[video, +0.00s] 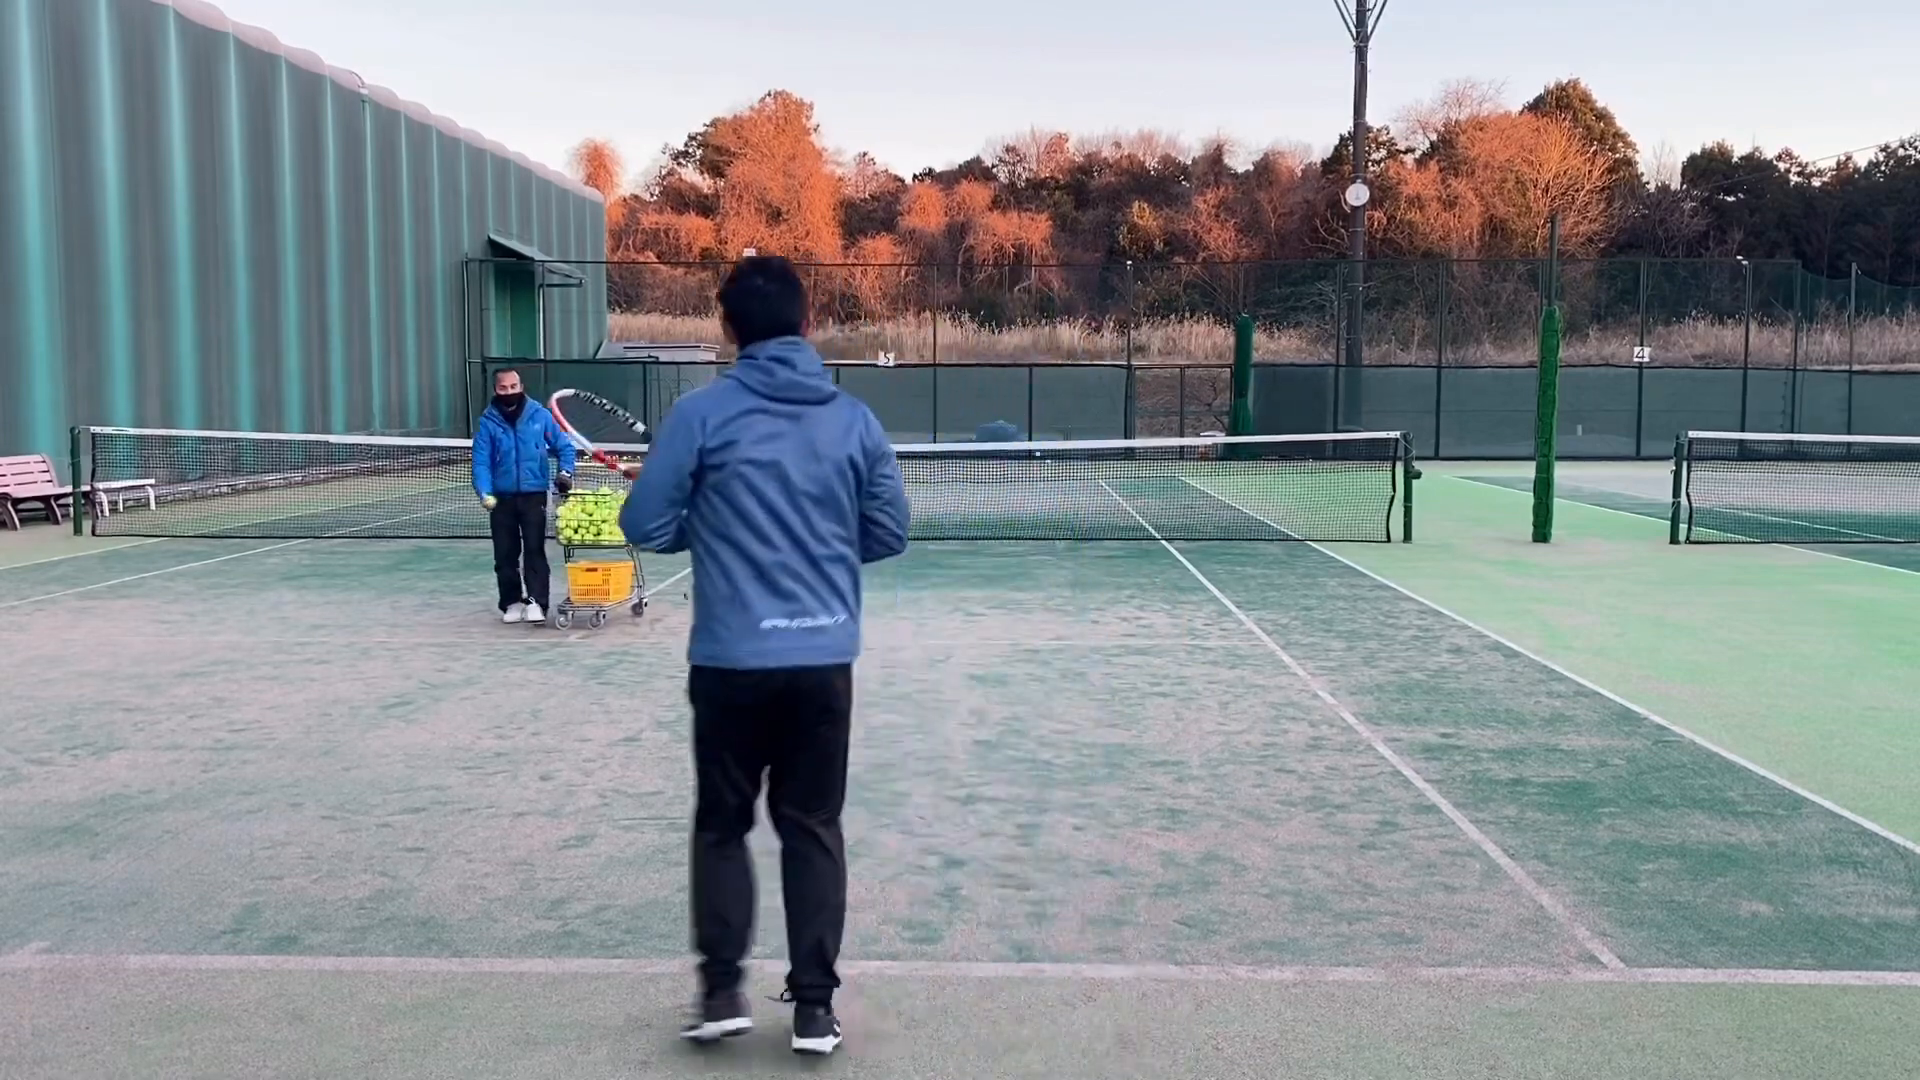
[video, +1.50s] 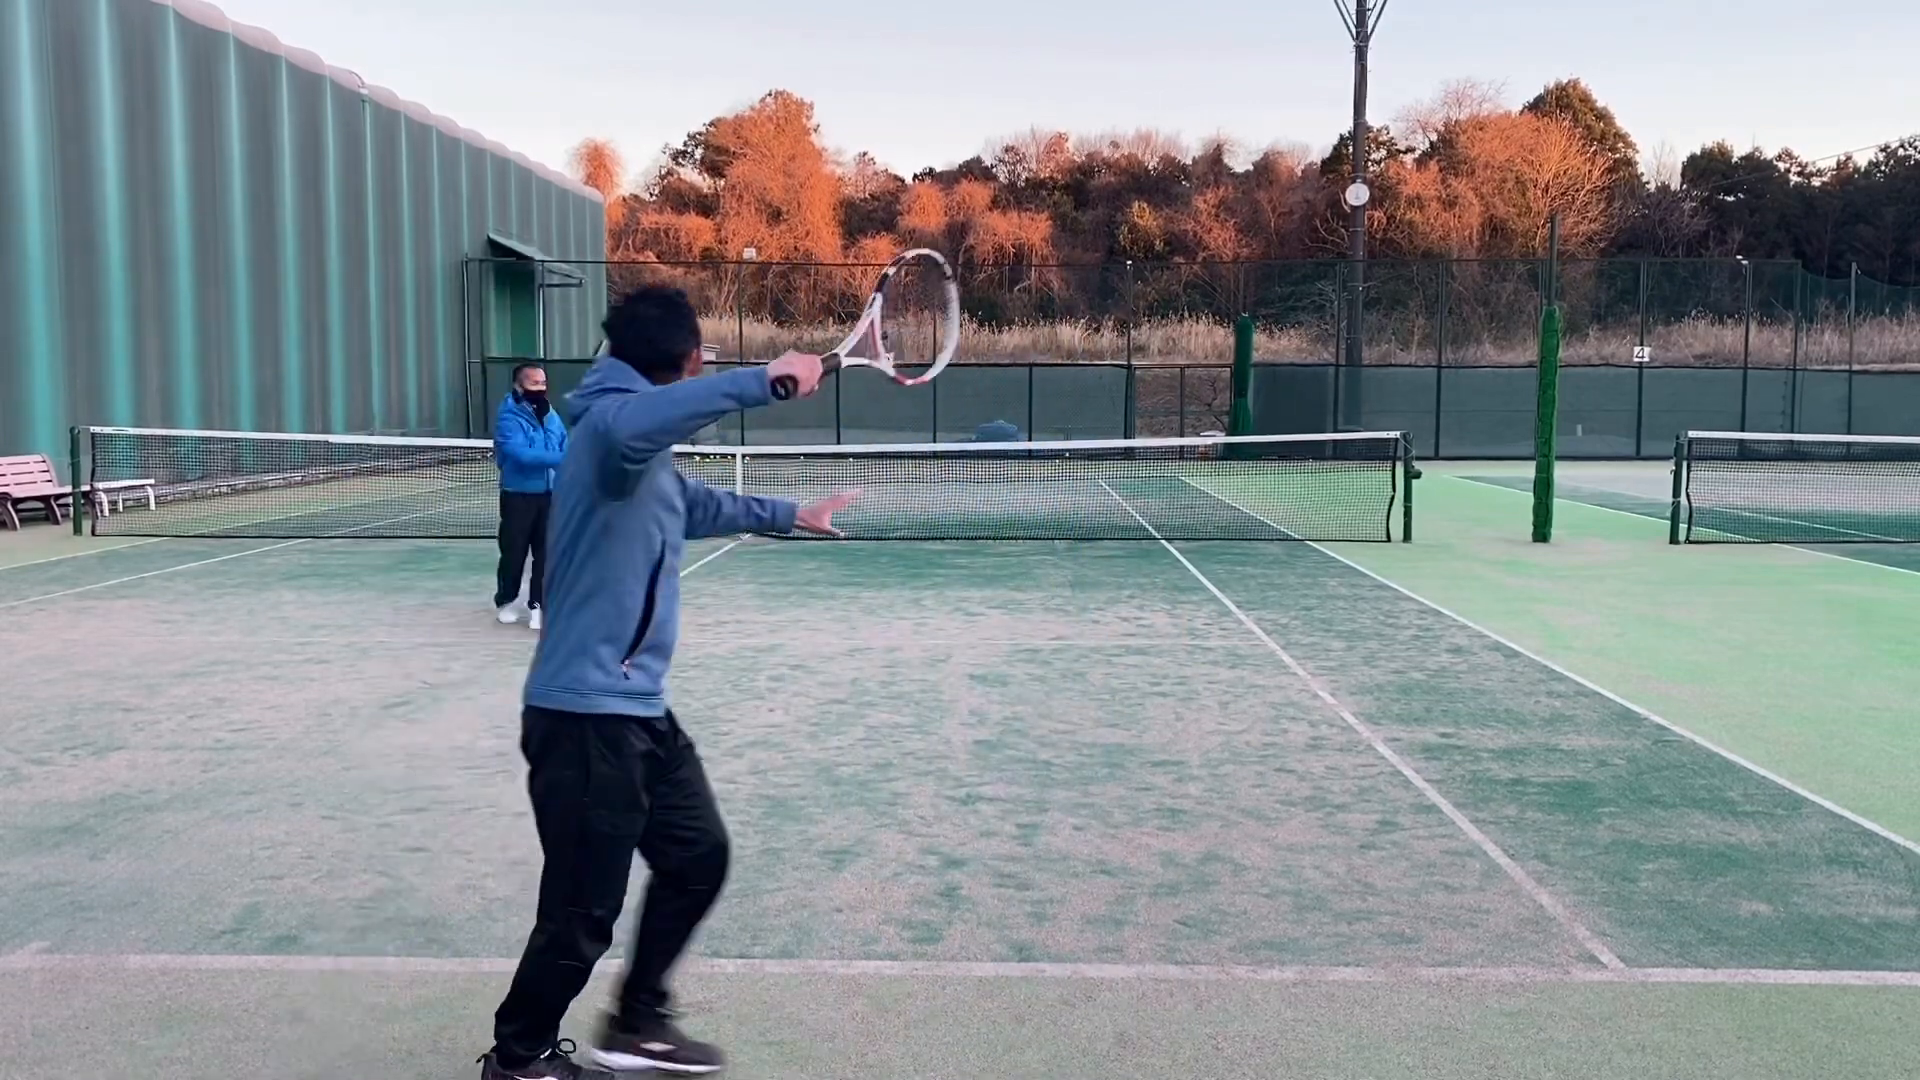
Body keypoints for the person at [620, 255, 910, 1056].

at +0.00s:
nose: (722, 334)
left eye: (724, 323)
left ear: (730, 328)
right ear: (804, 323)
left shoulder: (703, 410)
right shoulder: (852, 416)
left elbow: (645, 525)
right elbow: (887, 533)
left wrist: (714, 520)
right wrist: (812, 538)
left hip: (730, 662)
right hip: (823, 662)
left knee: (721, 820)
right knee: (814, 822)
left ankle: (721, 991)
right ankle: (815, 1007)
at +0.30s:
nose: (657, 385)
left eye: (579, 376)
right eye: (655, 375)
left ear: (578, 383)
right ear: (656, 382)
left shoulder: (526, 471)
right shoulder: (683, 484)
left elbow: (482, 581)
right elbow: (720, 604)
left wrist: (537, 554)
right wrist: (641, 593)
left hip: (544, 732)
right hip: (656, 732)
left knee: (475, 865)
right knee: (725, 862)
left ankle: (419, 1035)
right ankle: (801, 1017)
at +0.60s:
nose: (545, 331)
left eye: (459, 321)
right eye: (547, 320)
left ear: (461, 327)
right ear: (543, 327)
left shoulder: (415, 415)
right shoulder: (581, 431)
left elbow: (369, 524)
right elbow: (605, 556)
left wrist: (446, 516)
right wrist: (533, 548)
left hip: (438, 679)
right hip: (539, 682)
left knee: (405, 837)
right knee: (562, 835)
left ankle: (368, 1012)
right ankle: (538, 1017)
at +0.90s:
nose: (539, 325)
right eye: (538, 315)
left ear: (447, 322)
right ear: (531, 325)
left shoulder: (391, 406)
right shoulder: (552, 430)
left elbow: (337, 513)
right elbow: (570, 554)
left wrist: (416, 537)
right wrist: (527, 570)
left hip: (398, 676)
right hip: (498, 682)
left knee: (369, 843)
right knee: (535, 848)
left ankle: (336, 1009)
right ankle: (522, 1033)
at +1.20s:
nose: (577, 382)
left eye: (573, 370)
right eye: (575, 369)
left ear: (495, 366)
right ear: (562, 373)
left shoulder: (471, 441)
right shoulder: (531, 449)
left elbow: (568, 519)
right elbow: (605, 524)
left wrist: (647, 502)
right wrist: (700, 518)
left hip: (437, 705)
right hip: (497, 715)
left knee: (406, 866)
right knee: (584, 876)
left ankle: (313, 1025)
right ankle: (524, 1051)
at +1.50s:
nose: (704, 360)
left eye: (702, 349)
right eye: (699, 349)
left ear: (630, 351)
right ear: (678, 358)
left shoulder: (643, 449)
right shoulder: (611, 418)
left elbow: (696, 506)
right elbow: (650, 418)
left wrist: (792, 513)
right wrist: (768, 379)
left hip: (637, 708)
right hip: (582, 711)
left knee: (697, 858)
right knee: (585, 903)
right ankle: (518, 1052)